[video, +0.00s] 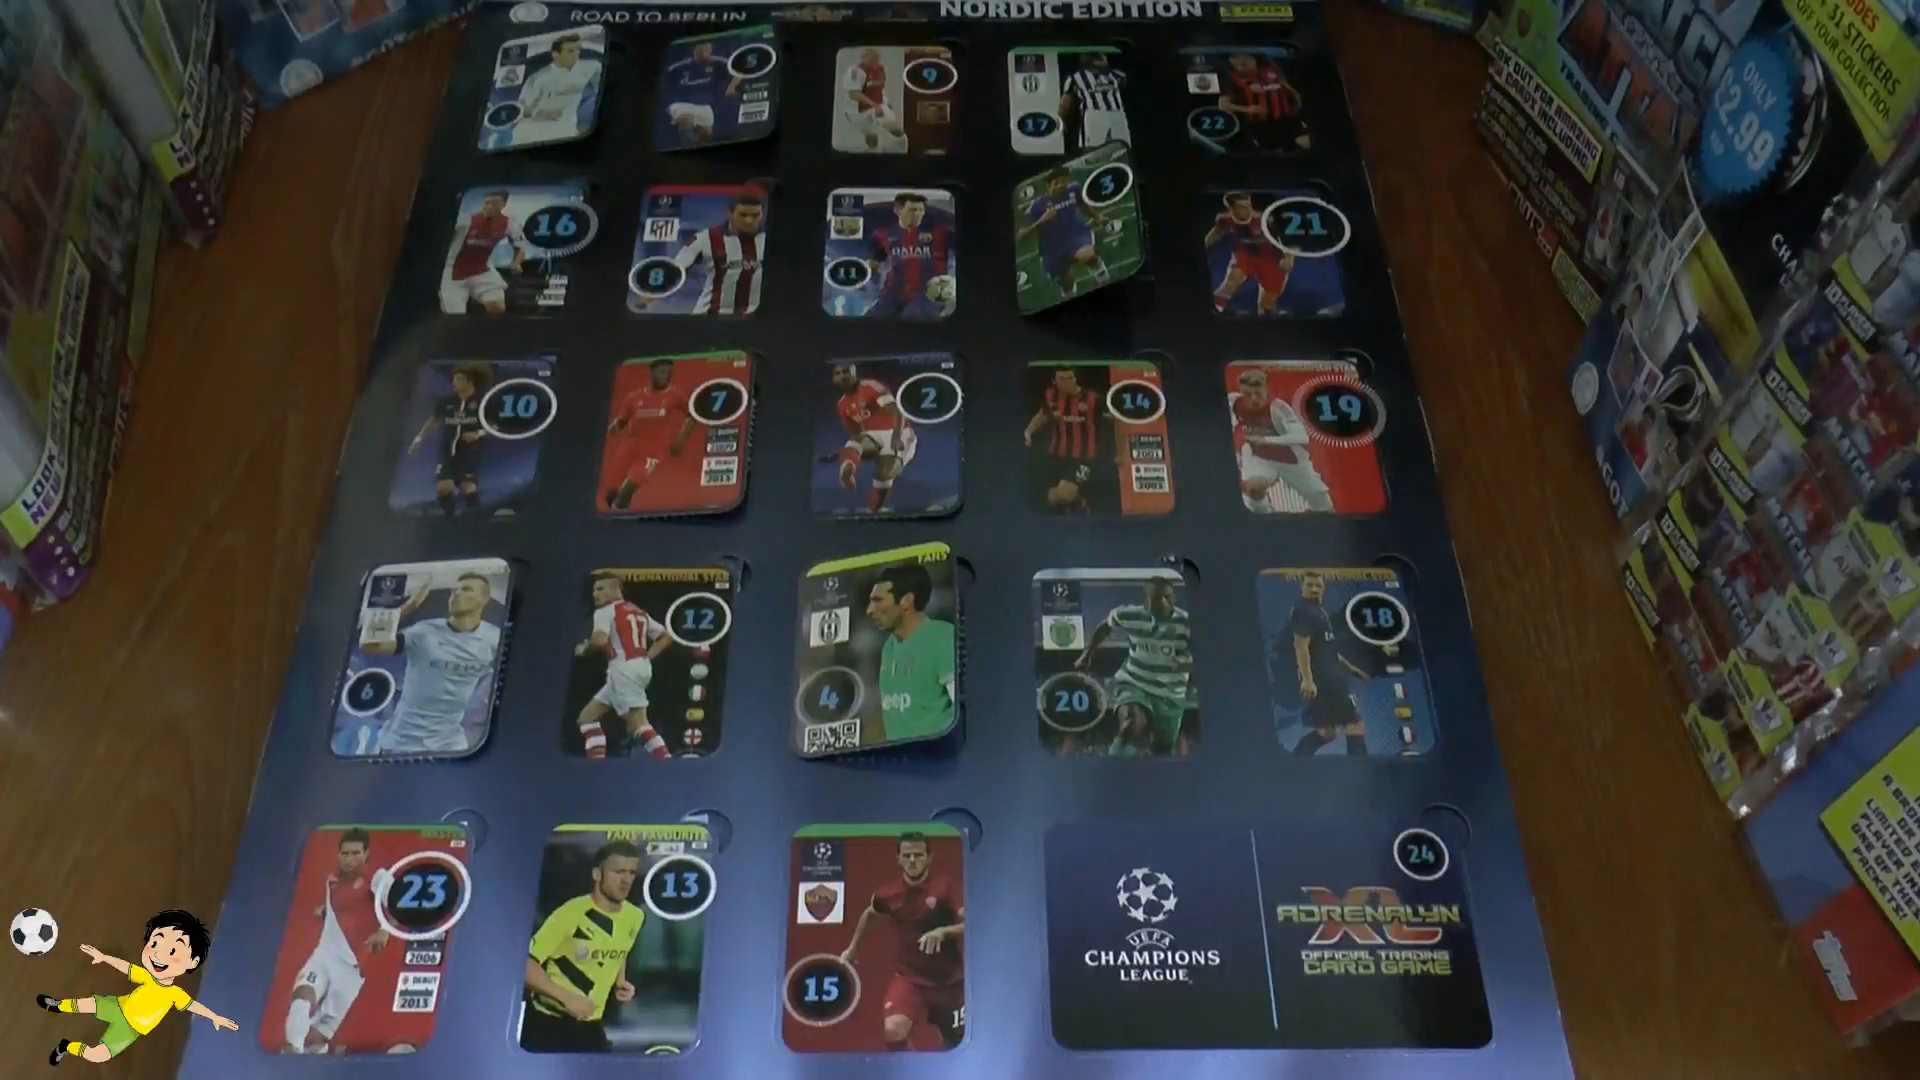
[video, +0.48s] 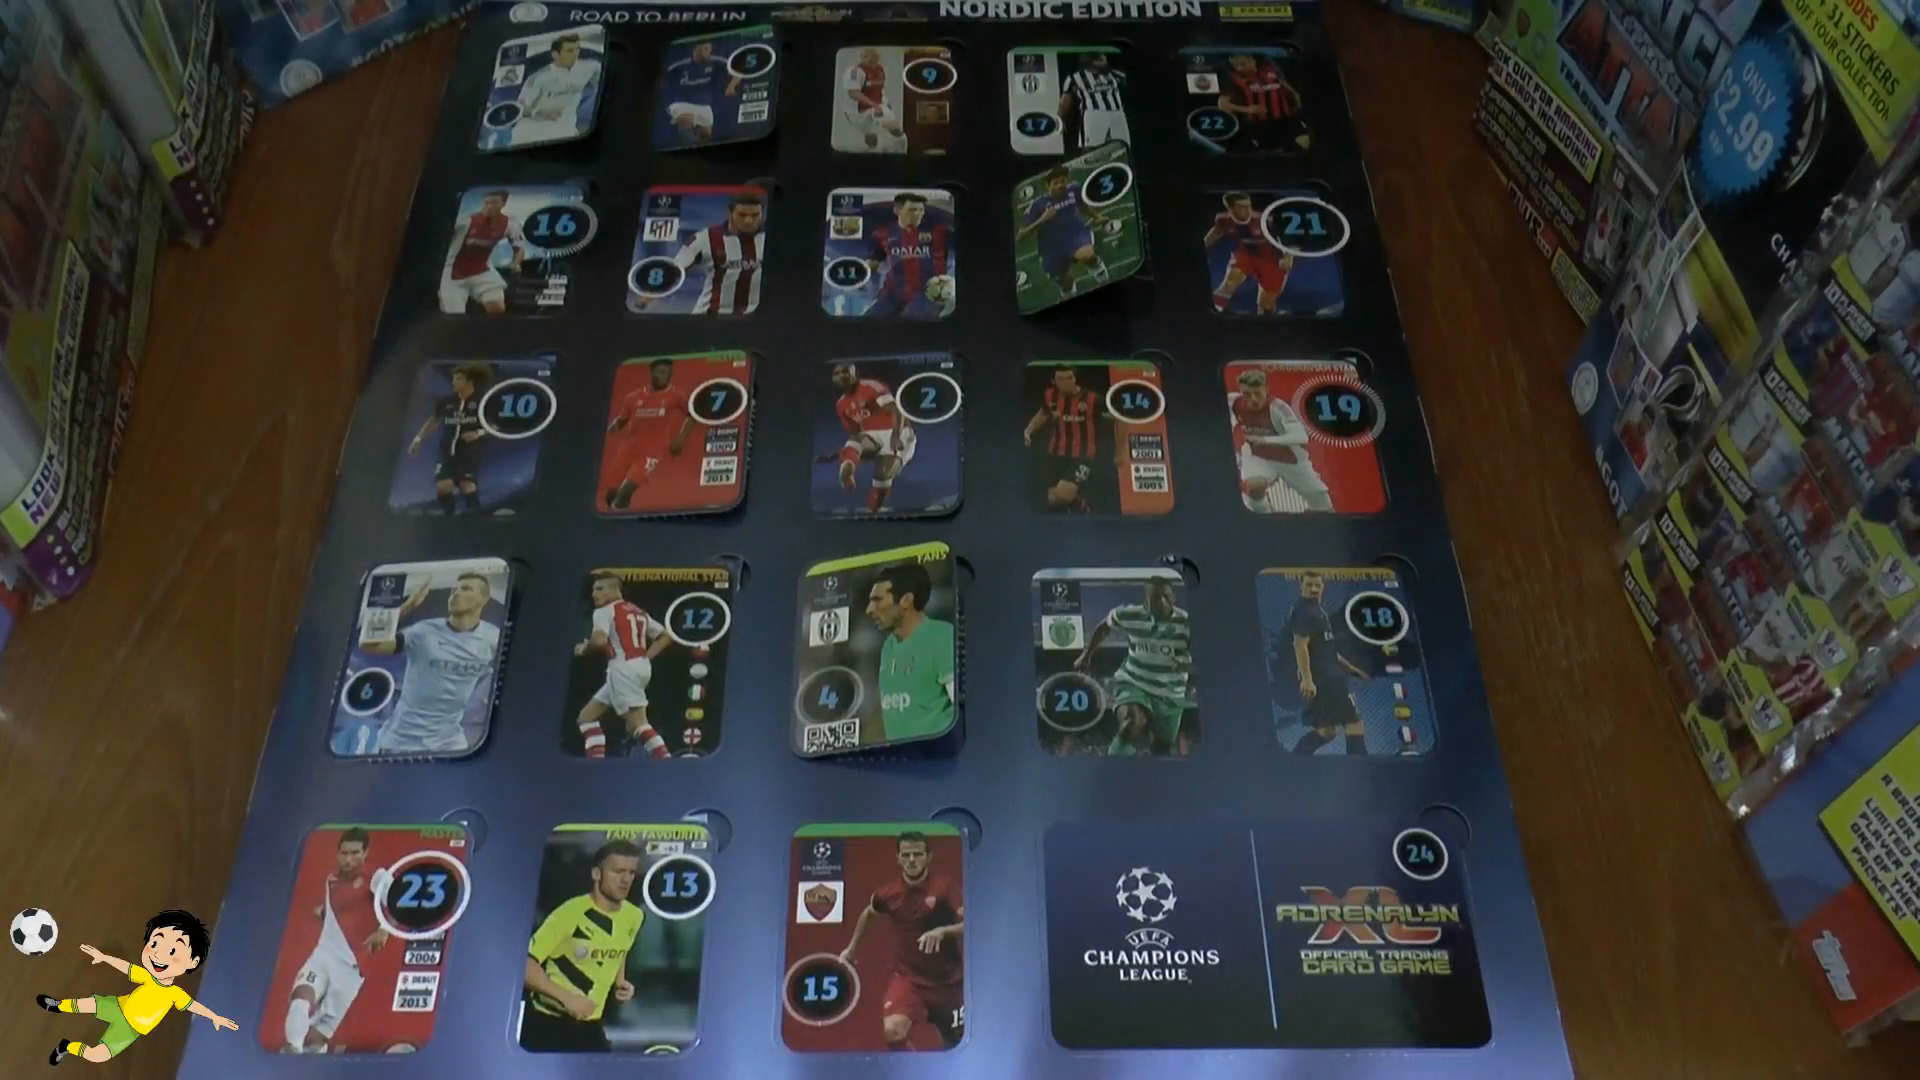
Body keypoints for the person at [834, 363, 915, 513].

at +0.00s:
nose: (842, 377)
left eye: (846, 372)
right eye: (837, 373)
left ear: (854, 374)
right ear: (834, 378)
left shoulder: (870, 387)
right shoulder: (842, 405)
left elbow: (896, 411)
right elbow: (855, 434)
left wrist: (896, 437)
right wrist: (849, 457)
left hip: (895, 433)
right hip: (872, 435)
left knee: (884, 474)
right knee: (853, 443)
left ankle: (872, 513)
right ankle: (848, 472)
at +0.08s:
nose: (842, 376)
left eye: (846, 372)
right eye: (837, 374)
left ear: (854, 373)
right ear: (834, 379)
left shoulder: (871, 387)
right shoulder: (842, 405)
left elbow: (896, 410)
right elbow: (855, 434)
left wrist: (896, 436)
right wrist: (848, 456)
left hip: (895, 433)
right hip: (871, 435)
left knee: (884, 473)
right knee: (854, 443)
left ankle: (872, 514)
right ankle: (848, 472)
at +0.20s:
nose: (842, 376)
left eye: (846, 372)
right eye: (837, 374)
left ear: (854, 374)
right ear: (834, 379)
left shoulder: (871, 387)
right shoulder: (842, 405)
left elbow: (896, 410)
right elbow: (855, 434)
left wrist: (896, 437)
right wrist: (848, 457)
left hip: (895, 432)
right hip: (872, 435)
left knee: (883, 473)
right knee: (854, 443)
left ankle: (872, 514)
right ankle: (848, 472)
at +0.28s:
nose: (842, 376)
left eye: (846, 372)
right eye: (838, 374)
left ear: (854, 374)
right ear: (834, 379)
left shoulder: (871, 387)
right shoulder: (842, 405)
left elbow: (896, 410)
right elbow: (854, 434)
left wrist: (896, 437)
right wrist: (849, 461)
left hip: (896, 432)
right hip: (872, 435)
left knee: (883, 473)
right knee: (854, 444)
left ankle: (872, 514)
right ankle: (848, 472)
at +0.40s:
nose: (842, 376)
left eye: (846, 372)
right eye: (837, 374)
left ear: (854, 374)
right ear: (834, 379)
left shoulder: (871, 387)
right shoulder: (842, 405)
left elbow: (896, 410)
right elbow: (854, 434)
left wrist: (896, 436)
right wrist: (844, 454)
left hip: (895, 432)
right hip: (872, 435)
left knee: (883, 472)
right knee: (854, 442)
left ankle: (872, 514)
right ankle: (847, 473)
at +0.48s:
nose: (842, 376)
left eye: (846, 372)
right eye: (837, 373)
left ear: (854, 373)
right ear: (834, 379)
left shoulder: (870, 386)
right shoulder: (841, 405)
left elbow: (896, 410)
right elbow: (854, 434)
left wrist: (895, 436)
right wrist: (841, 454)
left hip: (895, 432)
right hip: (871, 435)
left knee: (883, 473)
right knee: (854, 442)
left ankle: (871, 514)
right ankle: (847, 473)